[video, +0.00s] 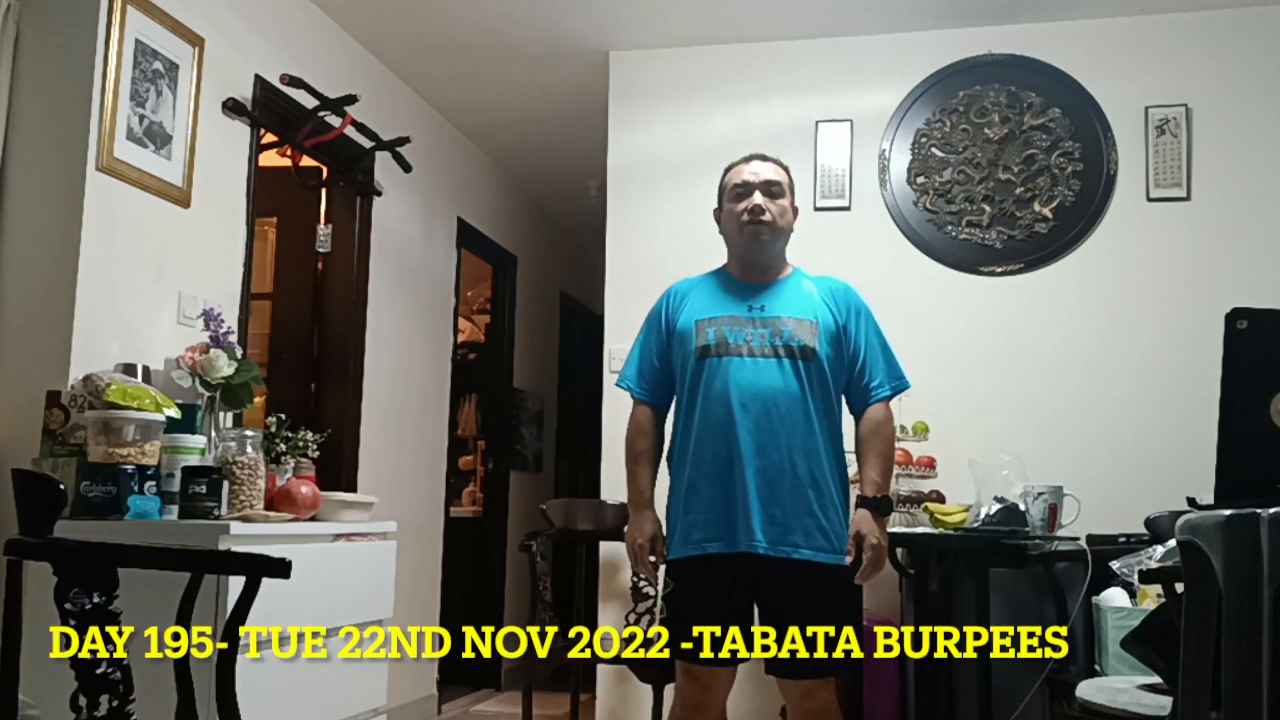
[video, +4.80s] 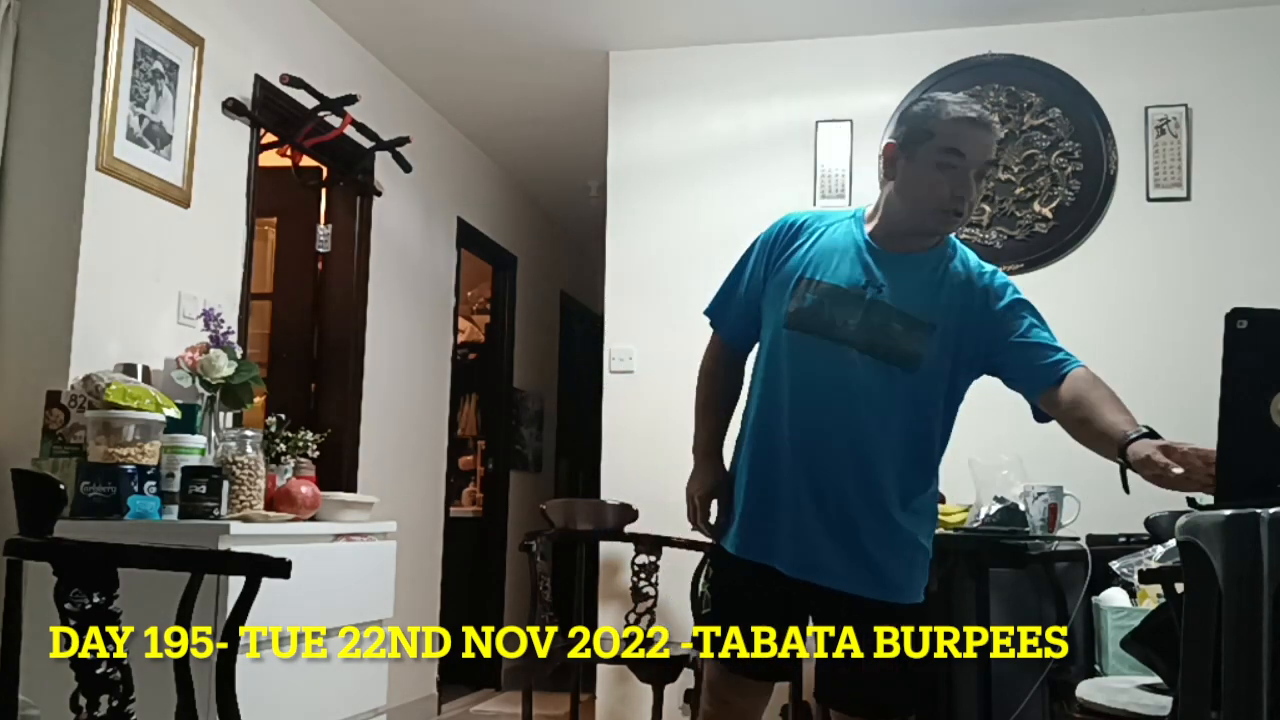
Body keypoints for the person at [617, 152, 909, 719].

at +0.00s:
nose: (757, 200)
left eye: (773, 191)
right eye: (741, 192)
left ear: (794, 216)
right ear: (719, 217)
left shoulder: (837, 301)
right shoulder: (681, 301)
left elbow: (875, 406)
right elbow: (645, 411)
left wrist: (872, 506)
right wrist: (641, 510)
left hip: (811, 540)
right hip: (704, 537)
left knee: (814, 698)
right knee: (699, 692)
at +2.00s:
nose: (761, 200)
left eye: (777, 192)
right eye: (744, 192)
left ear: (796, 216)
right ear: (721, 215)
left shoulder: (838, 303)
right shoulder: (681, 302)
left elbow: (874, 411)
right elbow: (646, 410)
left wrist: (869, 511)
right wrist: (642, 509)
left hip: (809, 544)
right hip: (704, 540)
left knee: (814, 700)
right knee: (698, 694)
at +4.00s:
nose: (714, 195)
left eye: (730, 186)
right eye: (697, 186)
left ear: (749, 209)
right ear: (673, 209)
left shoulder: (794, 296)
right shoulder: (635, 304)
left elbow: (832, 401)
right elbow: (600, 416)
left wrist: (825, 498)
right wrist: (592, 516)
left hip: (779, 537)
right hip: (672, 541)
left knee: (807, 690)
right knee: (678, 691)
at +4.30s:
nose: (780, 202)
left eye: (791, 191)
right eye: (761, 187)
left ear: (802, 207)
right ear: (720, 201)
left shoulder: (835, 301)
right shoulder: (668, 301)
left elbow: (885, 407)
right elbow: (629, 418)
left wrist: (896, 493)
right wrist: (625, 520)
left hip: (810, 557)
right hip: (695, 552)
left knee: (823, 706)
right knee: (690, 703)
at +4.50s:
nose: (874, 189)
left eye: (885, 175)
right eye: (856, 166)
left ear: (893, 188)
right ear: (804, 173)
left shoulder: (907, 294)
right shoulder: (731, 269)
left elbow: (964, 397)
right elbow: (683, 387)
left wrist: (994, 480)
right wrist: (674, 488)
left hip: (853, 550)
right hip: (736, 535)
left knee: (851, 709)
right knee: (694, 696)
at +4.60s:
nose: (911, 184)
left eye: (924, 170)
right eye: (894, 161)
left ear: (933, 183)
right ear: (841, 165)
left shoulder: (937, 289)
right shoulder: (758, 255)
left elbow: (1003, 385)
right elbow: (705, 368)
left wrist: (1048, 462)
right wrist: (690, 475)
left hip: (863, 560)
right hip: (746, 536)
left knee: (860, 712)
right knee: (701, 693)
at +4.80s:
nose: (966, 192)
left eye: (979, 176)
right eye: (949, 166)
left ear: (986, 183)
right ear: (891, 159)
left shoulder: (980, 295)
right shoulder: (793, 240)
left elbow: (1062, 379)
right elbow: (726, 349)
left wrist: (1135, 444)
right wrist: (706, 460)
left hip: (880, 570)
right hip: (762, 540)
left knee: (861, 714)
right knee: (726, 706)